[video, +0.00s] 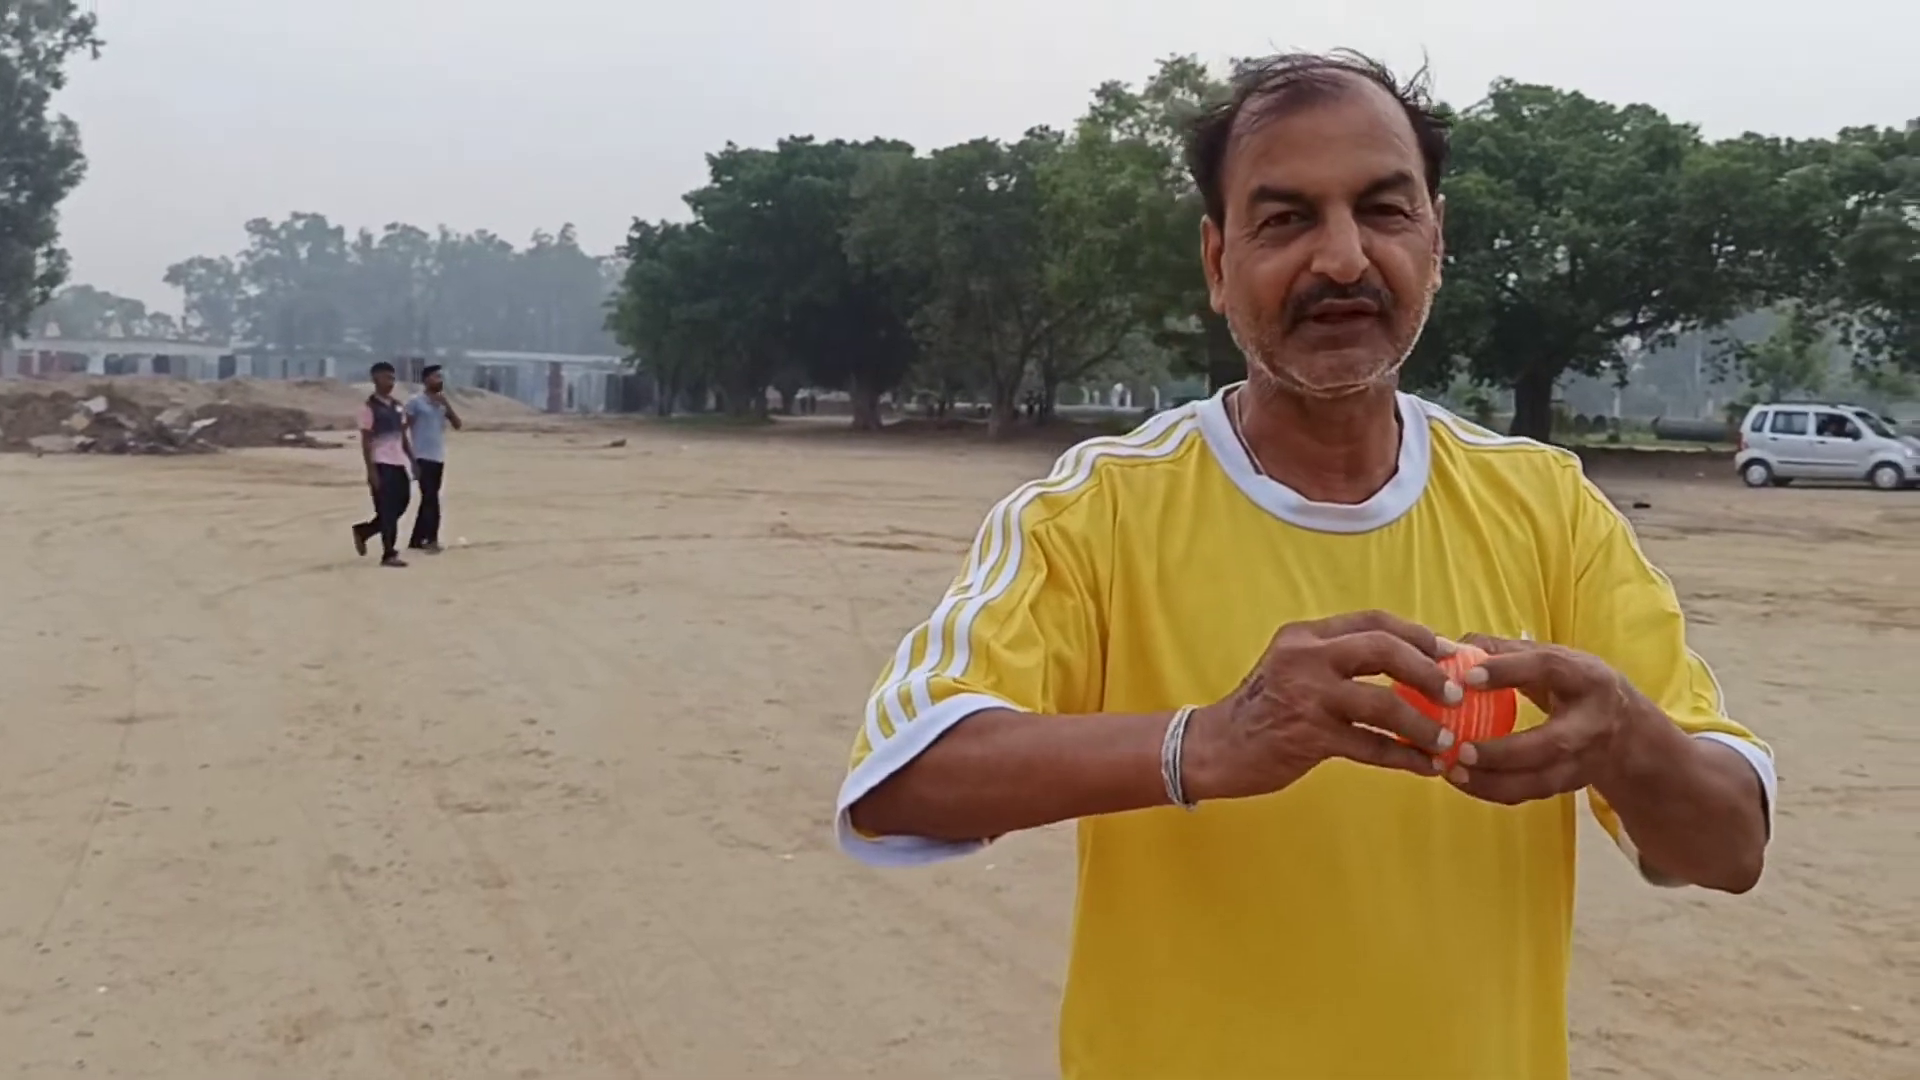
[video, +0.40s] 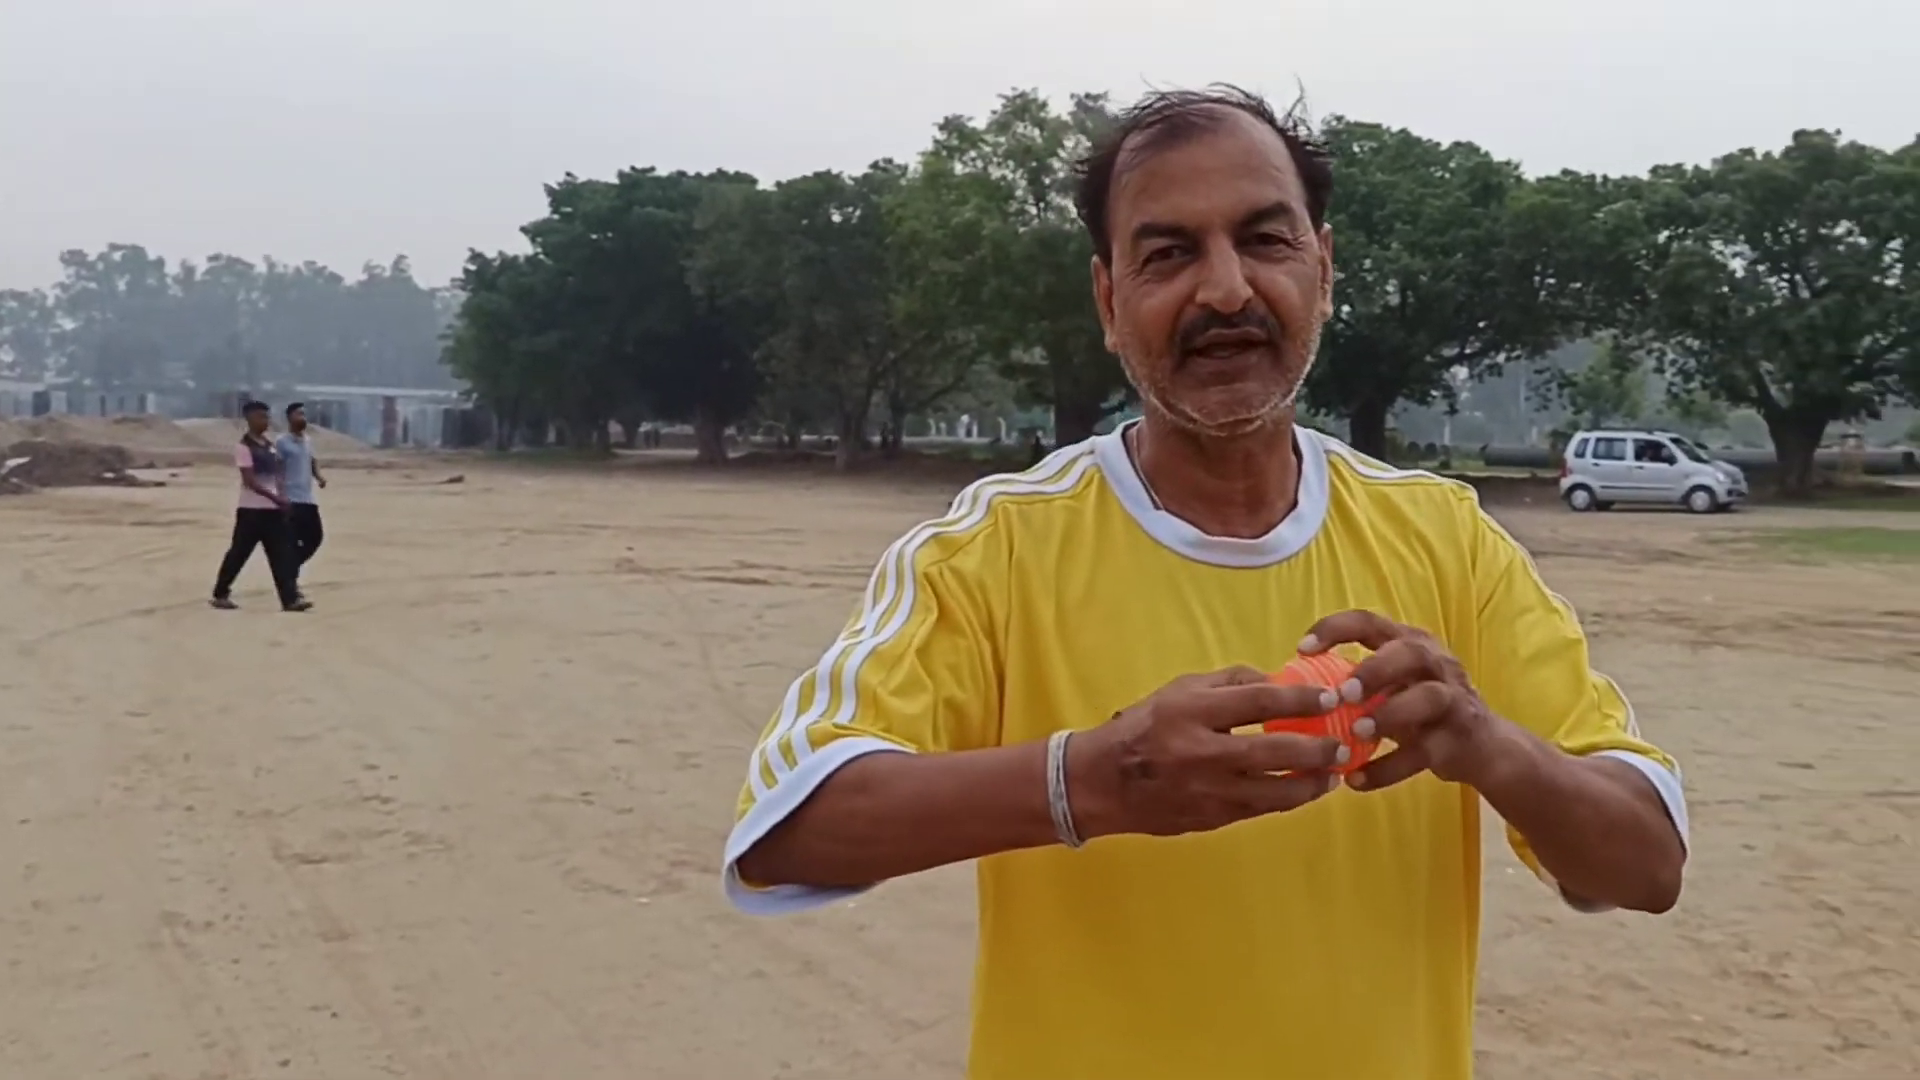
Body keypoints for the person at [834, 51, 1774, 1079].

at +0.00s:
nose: (1344, 256)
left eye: (1382, 208)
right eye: (1285, 219)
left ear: (1435, 239)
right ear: (1216, 265)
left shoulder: (1550, 510)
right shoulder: (1096, 511)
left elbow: (1732, 854)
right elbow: (897, 778)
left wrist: (1637, 753)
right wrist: (1199, 747)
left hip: (1486, 1057)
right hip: (1164, 1057)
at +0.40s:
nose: (1224, 288)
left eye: (1263, 239)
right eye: (1167, 253)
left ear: (1323, 271)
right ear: (1110, 304)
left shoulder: (1445, 541)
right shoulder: (994, 553)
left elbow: (1650, 868)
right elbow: (785, 827)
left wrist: (1491, 752)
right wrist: (1084, 783)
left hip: (1390, 1053)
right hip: (1077, 1051)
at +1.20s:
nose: (1132, 305)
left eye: (1165, 254)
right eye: (1075, 265)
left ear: (1215, 277)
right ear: (1010, 303)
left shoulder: (1317, 530)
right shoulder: (900, 537)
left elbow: (1500, 834)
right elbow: (720, 808)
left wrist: (1415, 752)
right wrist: (1029, 743)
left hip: (1275, 1057)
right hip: (979, 1058)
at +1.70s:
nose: (1001, 297)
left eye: (1035, 251)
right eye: (948, 261)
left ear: (1087, 277)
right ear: (887, 300)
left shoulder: (1196, 524)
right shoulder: (786, 534)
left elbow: (1353, 820)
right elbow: (608, 795)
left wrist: (1291, 732)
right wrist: (912, 711)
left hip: (1150, 1050)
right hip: (870, 1051)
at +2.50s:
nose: (890, 320)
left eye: (926, 274)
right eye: (840, 280)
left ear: (969, 290)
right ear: (773, 301)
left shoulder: (1066, 531)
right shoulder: (658, 539)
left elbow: (1222, 820)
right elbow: (457, 785)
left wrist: (1153, 758)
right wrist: (762, 740)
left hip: (1027, 1056)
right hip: (742, 1056)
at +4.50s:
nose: (902, 319)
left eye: (934, 275)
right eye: (851, 288)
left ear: (983, 300)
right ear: (797, 329)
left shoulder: (1113, 521)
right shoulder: (711, 562)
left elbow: (1273, 805)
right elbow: (527, 838)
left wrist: (1164, 702)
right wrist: (777, 718)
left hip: (1106, 1051)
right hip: (824, 1053)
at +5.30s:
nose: (970, 331)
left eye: (1000, 287)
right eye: (918, 297)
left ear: (1040, 299)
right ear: (853, 321)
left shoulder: (1151, 518)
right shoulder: (762, 554)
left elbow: (1305, 799)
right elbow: (599, 824)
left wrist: (1226, 701)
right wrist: (841, 732)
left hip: (1148, 1047)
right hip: (869, 1049)